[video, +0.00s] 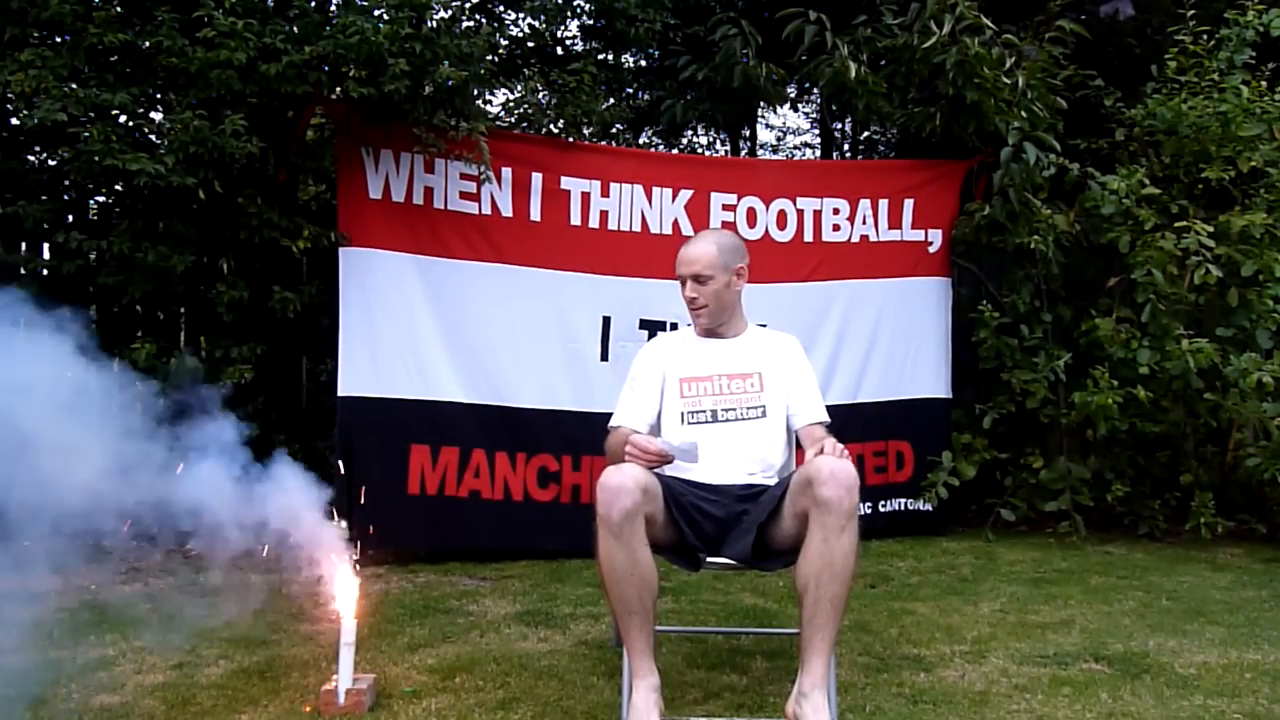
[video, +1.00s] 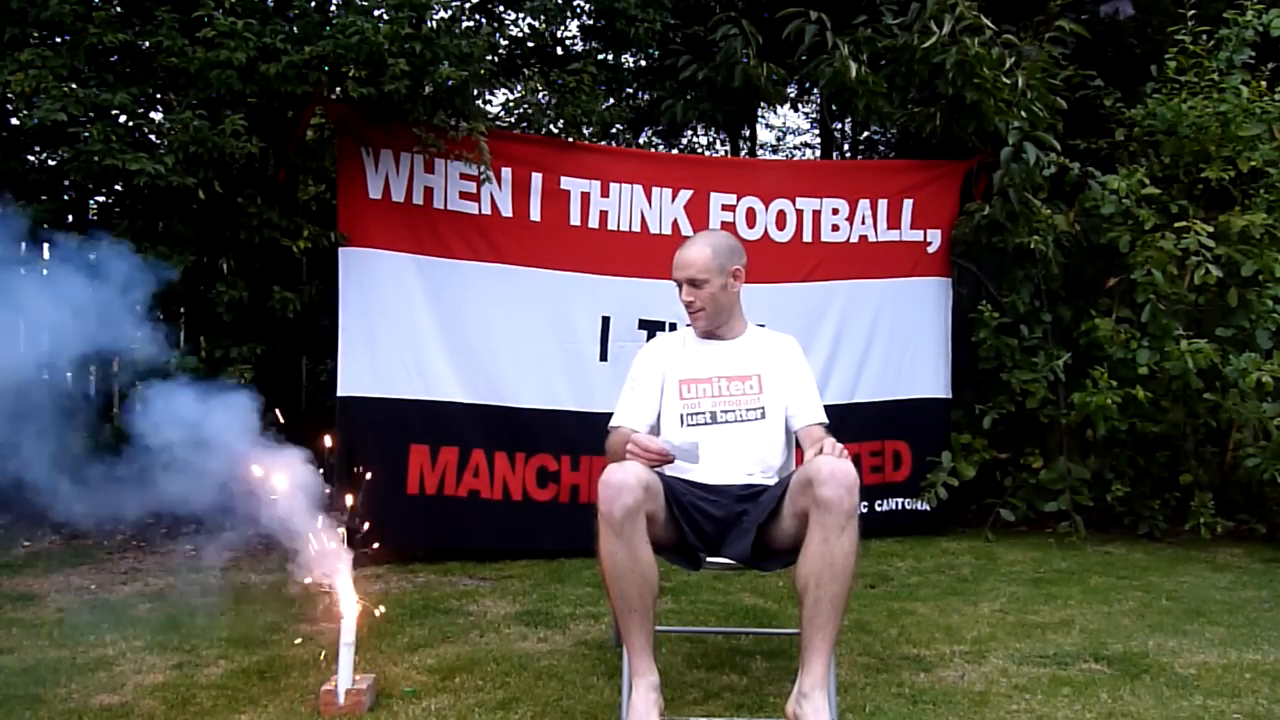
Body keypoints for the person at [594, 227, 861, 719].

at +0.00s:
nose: (689, 295)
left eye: (701, 281)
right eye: (683, 282)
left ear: (739, 279)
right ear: (678, 283)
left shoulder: (783, 349)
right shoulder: (660, 351)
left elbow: (813, 435)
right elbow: (615, 442)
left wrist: (825, 446)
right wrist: (632, 445)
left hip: (767, 504)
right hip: (679, 503)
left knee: (838, 477)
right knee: (615, 486)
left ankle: (812, 689)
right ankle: (643, 683)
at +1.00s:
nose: (686, 298)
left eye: (697, 284)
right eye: (679, 286)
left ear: (736, 279)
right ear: (675, 285)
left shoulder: (782, 350)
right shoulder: (659, 353)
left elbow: (812, 439)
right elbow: (615, 442)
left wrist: (824, 449)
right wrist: (634, 445)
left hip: (768, 504)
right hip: (680, 503)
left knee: (837, 477)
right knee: (617, 484)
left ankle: (812, 689)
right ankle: (642, 682)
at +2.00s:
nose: (685, 299)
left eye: (696, 285)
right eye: (679, 287)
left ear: (735, 279)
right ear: (674, 286)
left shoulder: (782, 350)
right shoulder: (659, 352)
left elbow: (812, 437)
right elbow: (616, 442)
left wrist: (823, 446)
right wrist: (635, 445)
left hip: (768, 505)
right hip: (680, 503)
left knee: (836, 477)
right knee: (617, 485)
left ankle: (812, 690)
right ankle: (642, 682)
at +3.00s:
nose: (716, 286)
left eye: (727, 274)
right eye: (703, 274)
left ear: (746, 278)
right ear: (687, 281)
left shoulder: (781, 349)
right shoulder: (656, 352)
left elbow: (811, 437)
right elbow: (614, 449)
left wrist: (823, 449)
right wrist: (635, 437)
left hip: (767, 504)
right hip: (678, 503)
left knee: (834, 478)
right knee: (617, 483)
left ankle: (812, 690)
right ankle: (642, 681)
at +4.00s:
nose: (725, 280)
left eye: (737, 269)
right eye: (713, 269)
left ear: (753, 277)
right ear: (693, 277)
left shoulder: (785, 348)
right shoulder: (660, 349)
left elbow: (814, 433)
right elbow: (623, 434)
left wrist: (824, 448)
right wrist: (623, 446)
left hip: (767, 502)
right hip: (680, 499)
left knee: (835, 494)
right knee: (619, 492)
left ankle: (806, 697)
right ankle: (645, 687)